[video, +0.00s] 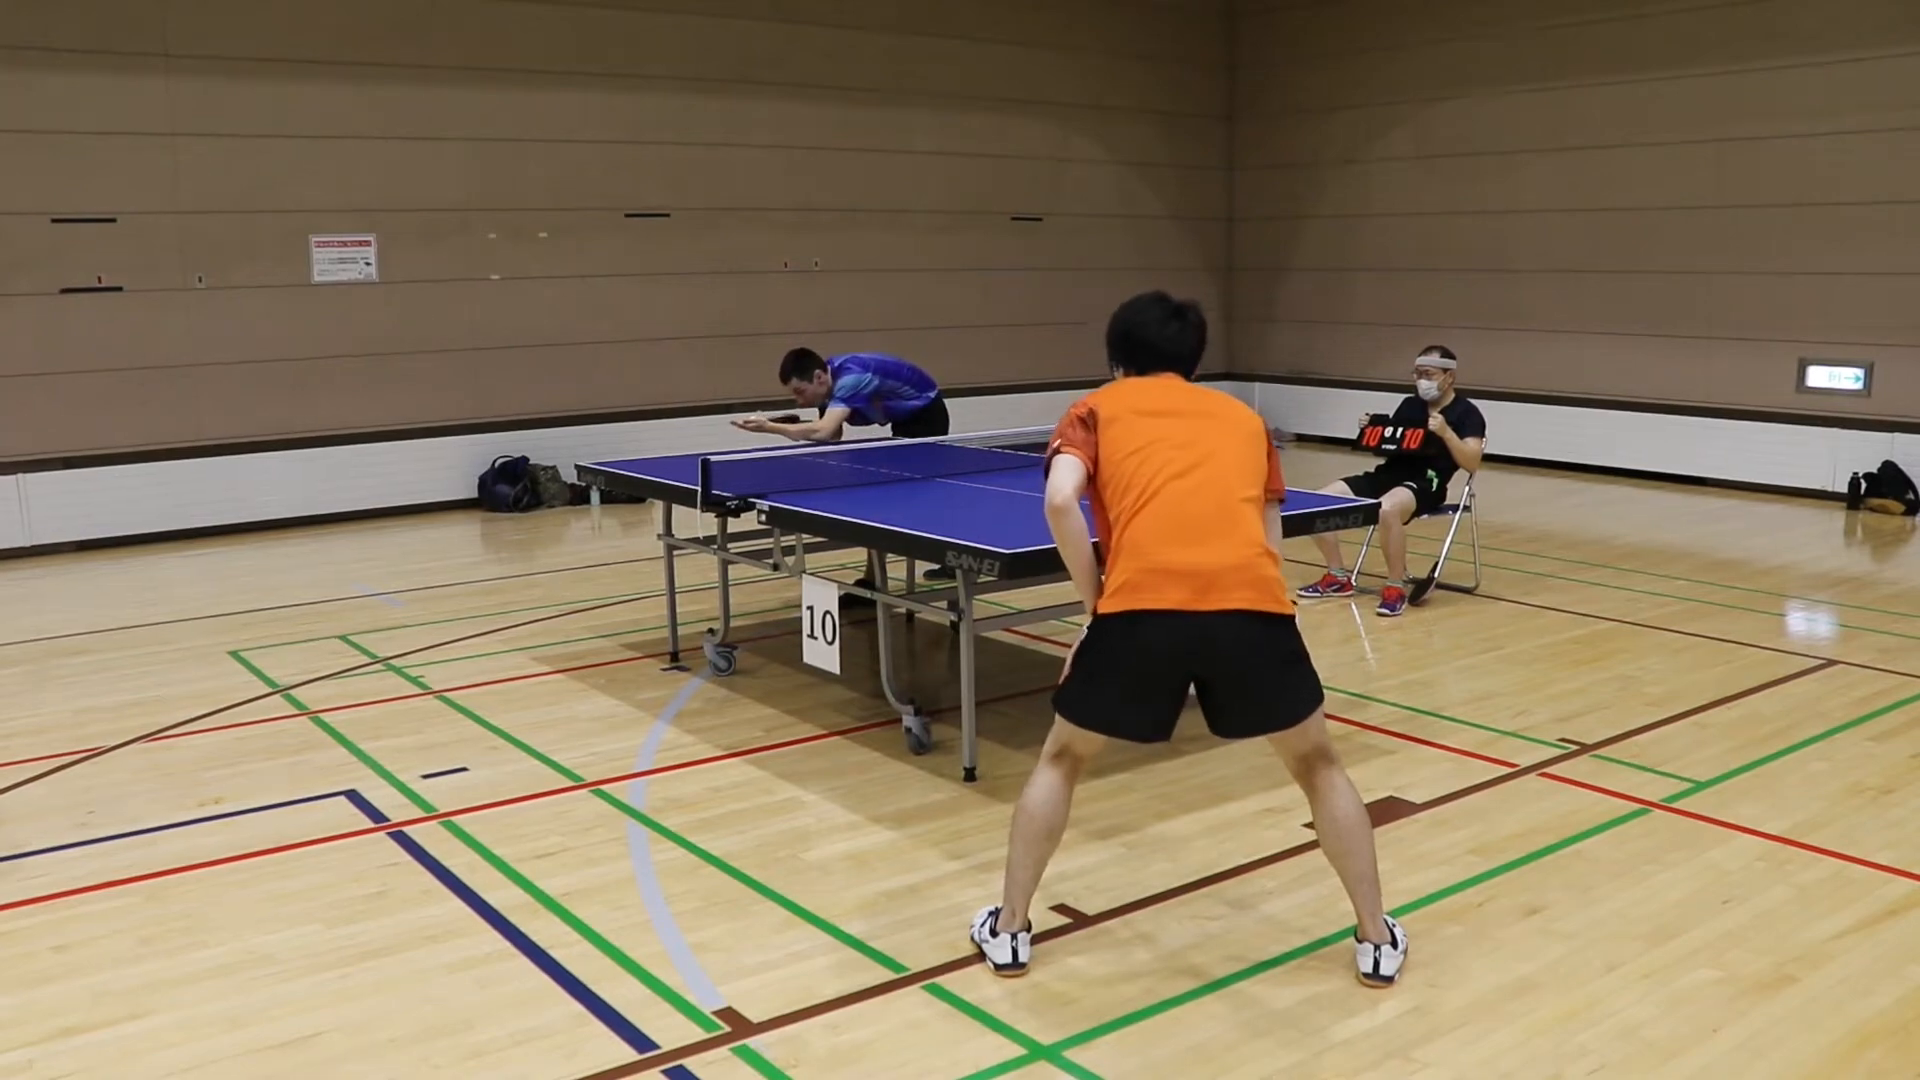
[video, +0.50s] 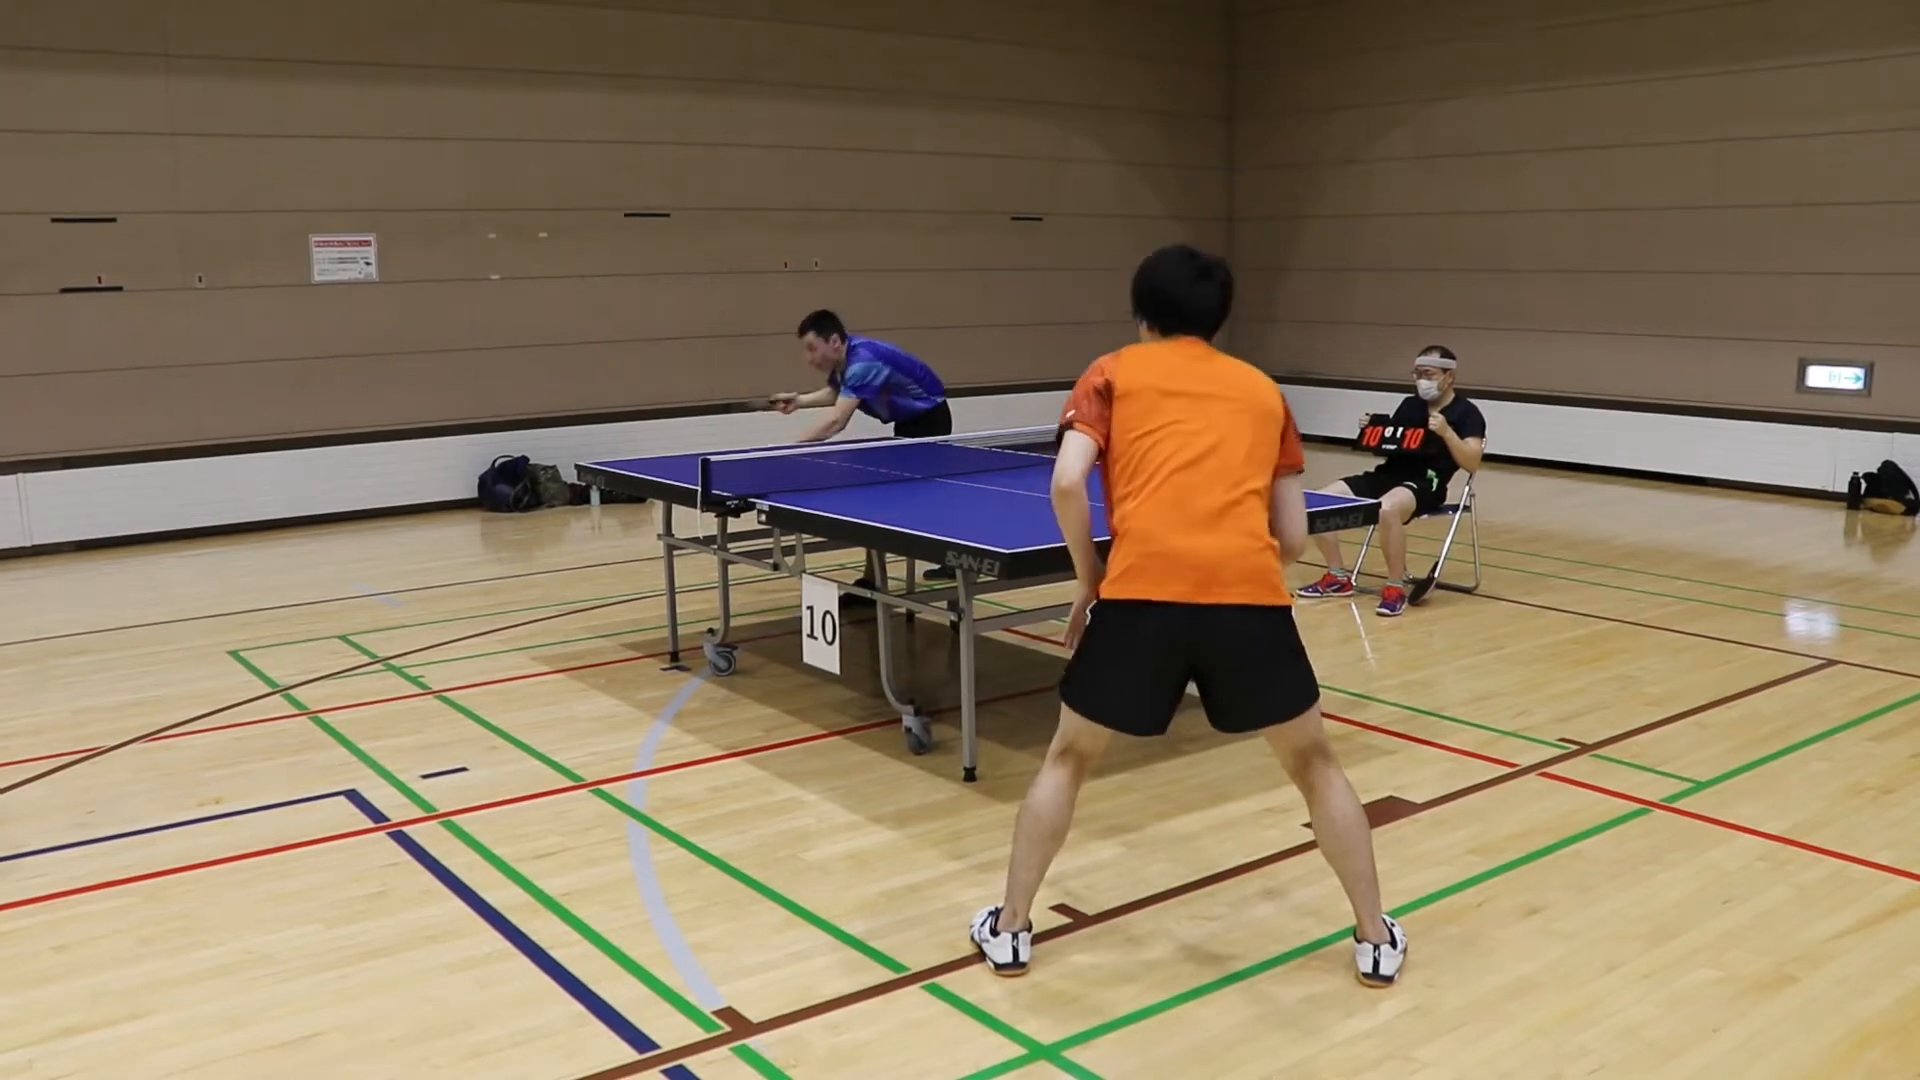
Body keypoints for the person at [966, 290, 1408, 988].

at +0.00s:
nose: (1102, 366)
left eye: (1108, 354)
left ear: (1117, 356)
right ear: (1193, 359)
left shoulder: (1095, 409)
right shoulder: (1244, 417)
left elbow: (1060, 501)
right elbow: (1269, 546)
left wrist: (1097, 605)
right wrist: (1251, 618)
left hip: (1139, 619)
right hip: (1253, 619)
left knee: (1061, 760)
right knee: (1318, 765)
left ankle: (1009, 928)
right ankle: (1378, 937)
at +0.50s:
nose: (1136, 324)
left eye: (1137, 312)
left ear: (1143, 314)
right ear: (1220, 316)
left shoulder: (1114, 372)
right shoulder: (1262, 390)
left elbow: (1066, 483)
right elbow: (1292, 537)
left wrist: (1088, 581)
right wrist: (1222, 567)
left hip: (1140, 601)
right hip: (1249, 607)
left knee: (1069, 758)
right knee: (1313, 761)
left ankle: (1011, 928)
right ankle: (1377, 937)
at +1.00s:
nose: (1206, 277)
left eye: (1209, 267)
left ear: (1215, 274)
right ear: (1291, 281)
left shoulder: (1185, 340)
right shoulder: (1324, 365)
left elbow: (1144, 449)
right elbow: (1350, 503)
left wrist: (1101, 513)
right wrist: (1281, 511)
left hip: (1195, 579)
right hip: (1298, 590)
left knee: (1110, 710)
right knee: (1338, 749)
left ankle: (1060, 872)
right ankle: (1376, 936)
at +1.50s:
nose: (1120, 319)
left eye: (1123, 310)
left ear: (1131, 314)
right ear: (1198, 315)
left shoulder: (1119, 378)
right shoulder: (1246, 386)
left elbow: (1058, 491)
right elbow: (1296, 497)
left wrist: (1025, 499)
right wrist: (1229, 486)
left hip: (1163, 598)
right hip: (1256, 594)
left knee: (1072, 705)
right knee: (1285, 698)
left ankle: (1052, 873)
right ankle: (1325, 823)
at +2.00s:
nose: (1082, 384)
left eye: (1083, 373)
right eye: (1082, 373)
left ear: (1095, 374)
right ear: (1155, 369)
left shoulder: (1100, 430)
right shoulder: (1205, 427)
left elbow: (1021, 529)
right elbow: (1224, 512)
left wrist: (1007, 514)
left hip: (1168, 644)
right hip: (1248, 637)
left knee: (1015, 707)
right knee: (1250, 698)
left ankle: (987, 880)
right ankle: (1322, 824)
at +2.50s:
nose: (1010, 346)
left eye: (1012, 337)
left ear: (1018, 344)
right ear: (1090, 342)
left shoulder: (993, 421)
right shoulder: (1134, 419)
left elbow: (922, 544)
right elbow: (1203, 517)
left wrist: (925, 542)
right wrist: (1158, 464)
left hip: (1025, 644)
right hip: (1126, 642)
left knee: (920, 743)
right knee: (1194, 749)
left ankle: (851, 901)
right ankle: (1281, 895)